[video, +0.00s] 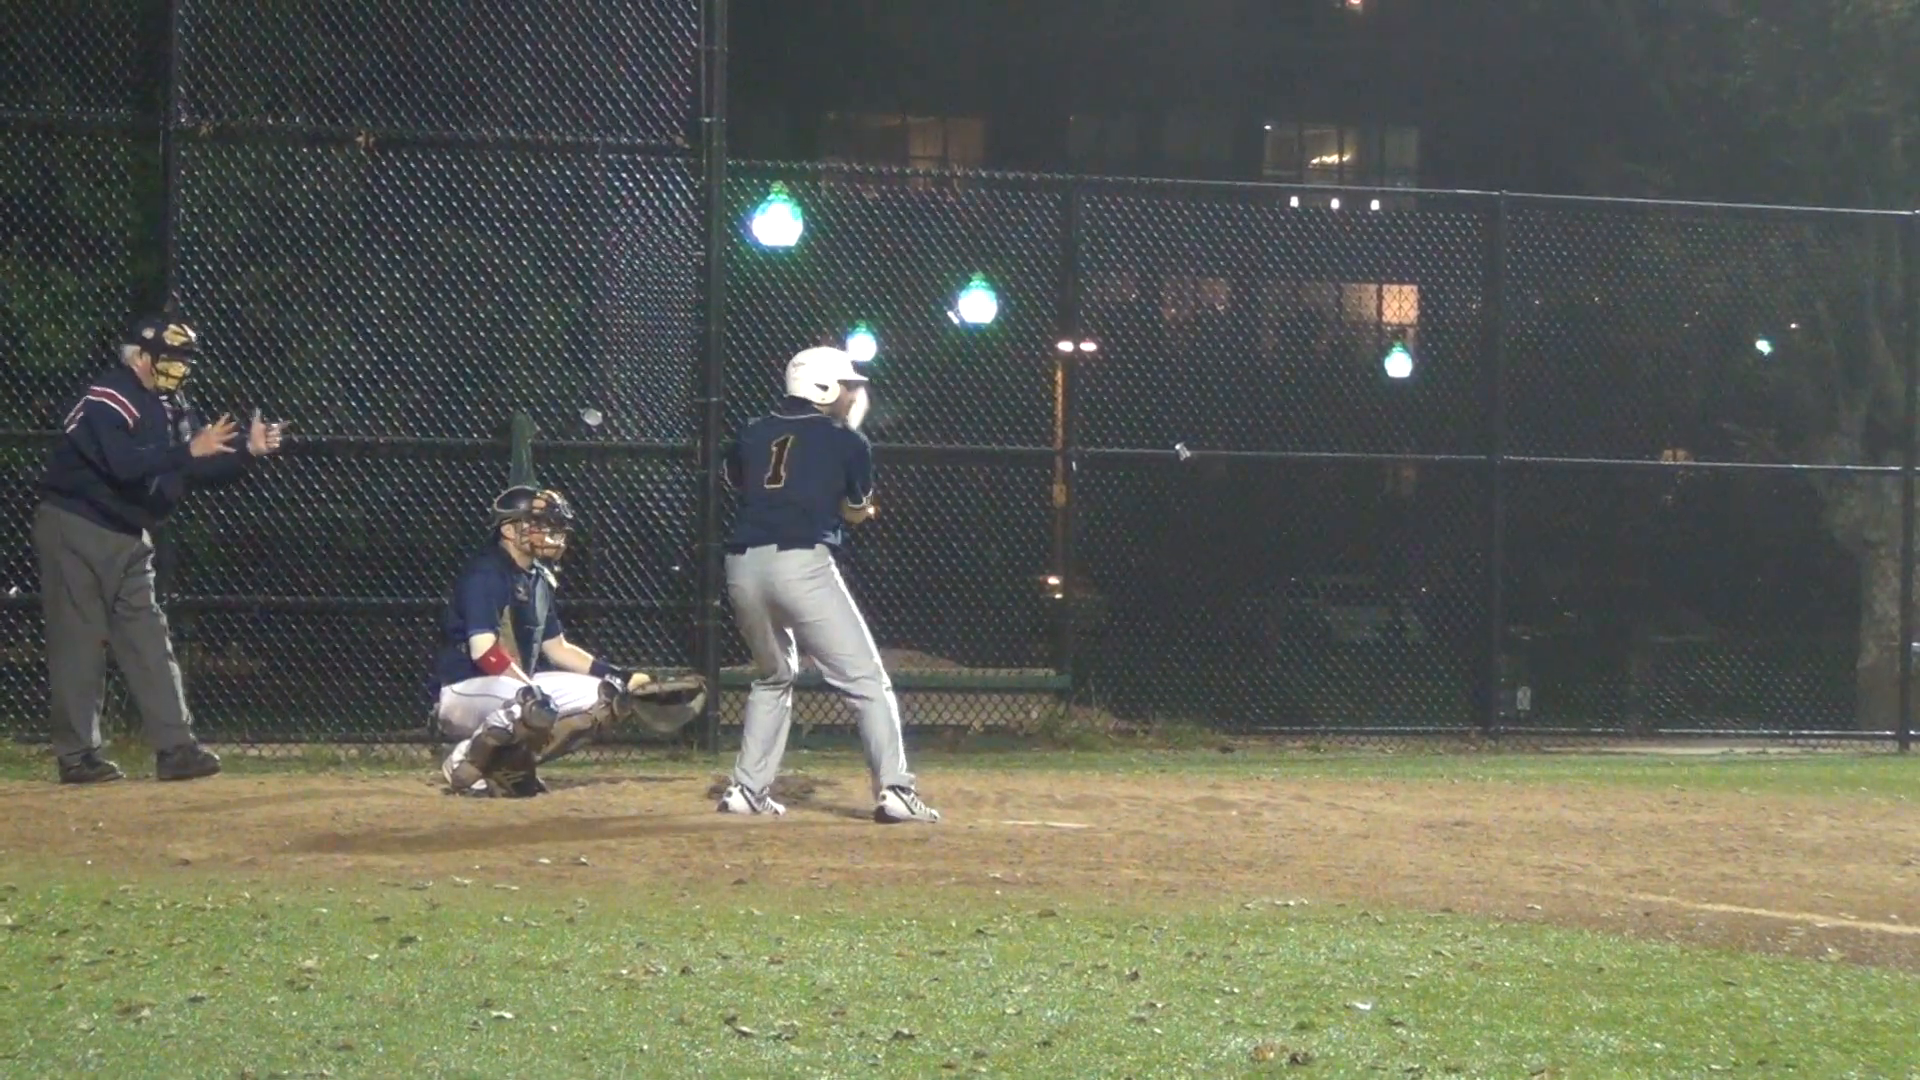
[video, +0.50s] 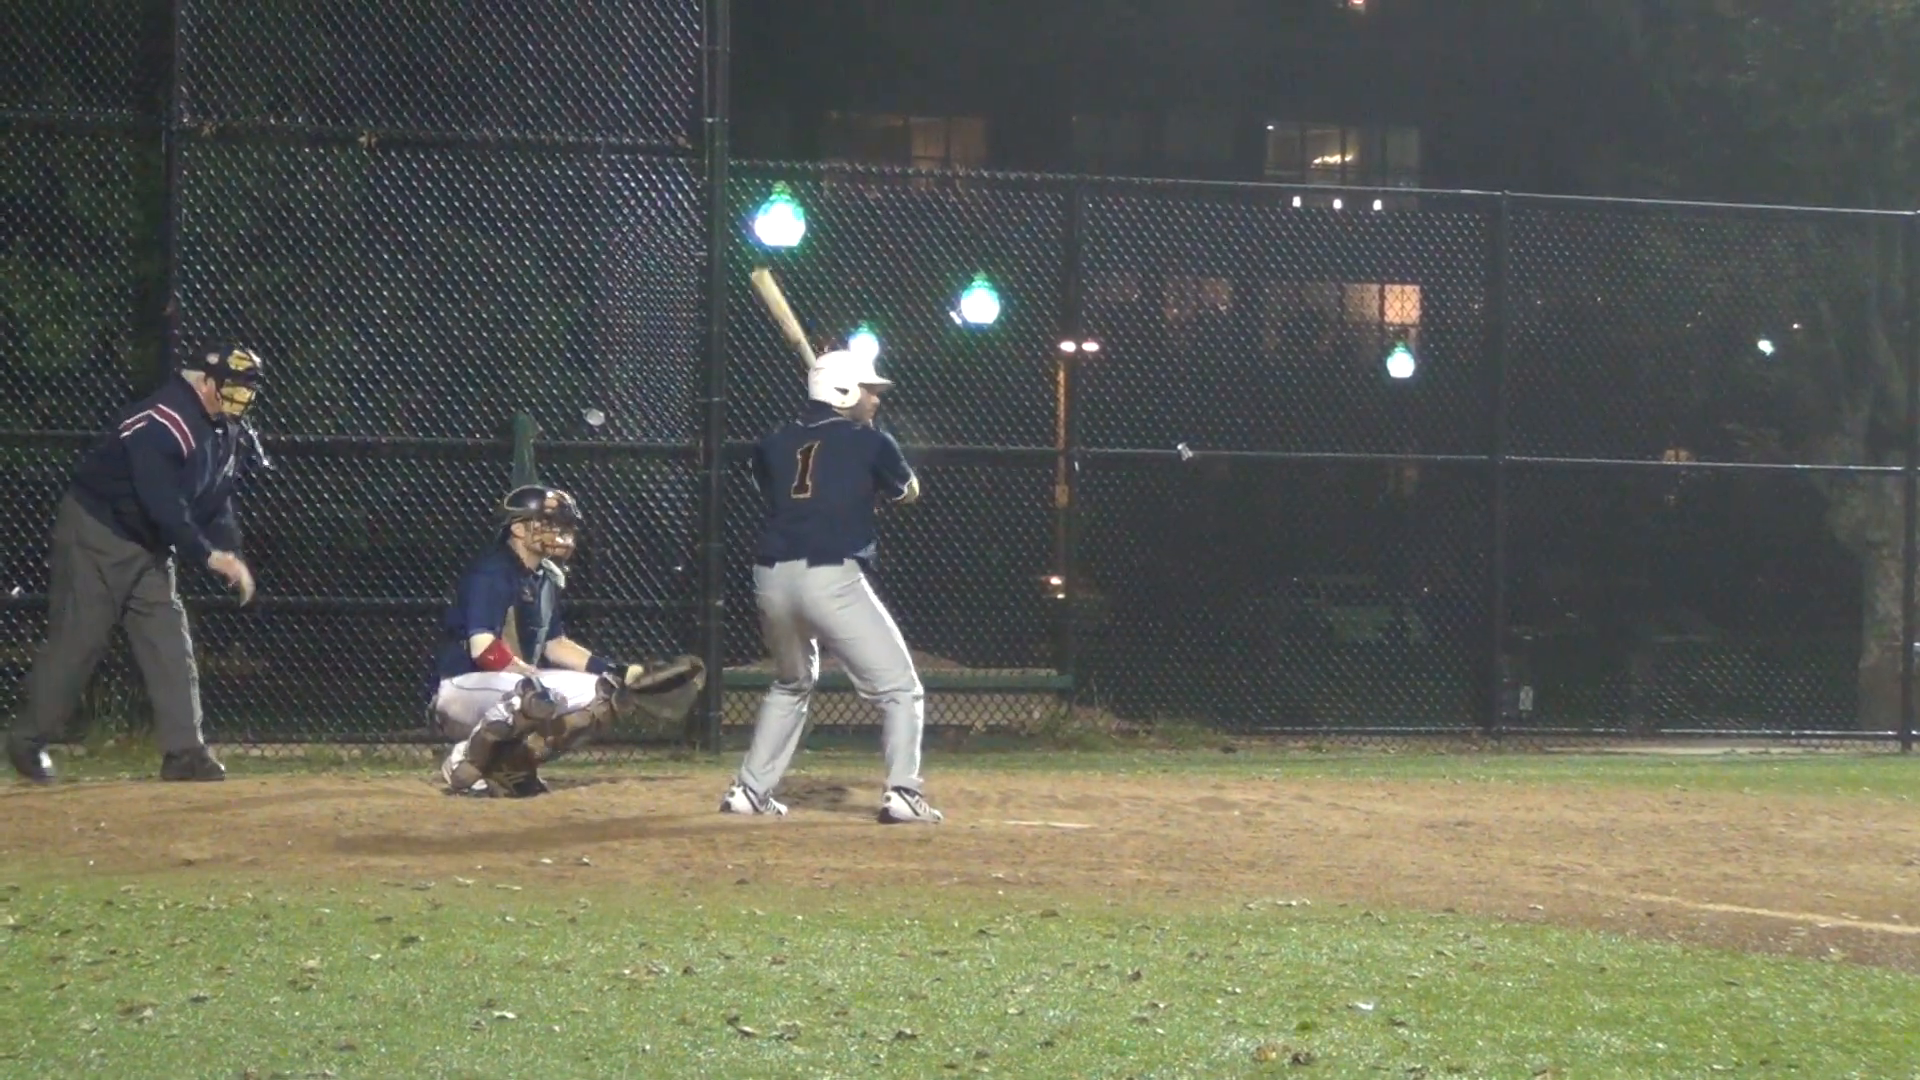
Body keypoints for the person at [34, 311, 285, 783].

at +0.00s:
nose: (175, 368)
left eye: (181, 360)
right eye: (167, 357)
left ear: (184, 362)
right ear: (139, 355)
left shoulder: (171, 410)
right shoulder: (108, 394)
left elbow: (195, 469)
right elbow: (122, 462)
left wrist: (246, 450)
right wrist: (187, 452)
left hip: (128, 537)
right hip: (74, 529)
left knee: (147, 638)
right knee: (78, 639)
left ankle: (176, 748)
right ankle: (79, 756)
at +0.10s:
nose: (191, 372)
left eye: (196, 364)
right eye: (182, 361)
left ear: (198, 367)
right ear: (154, 358)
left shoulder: (187, 414)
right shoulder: (122, 397)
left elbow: (207, 470)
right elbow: (140, 463)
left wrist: (262, 454)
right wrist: (206, 452)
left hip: (137, 539)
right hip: (83, 529)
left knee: (158, 640)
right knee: (84, 640)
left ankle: (182, 750)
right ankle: (79, 755)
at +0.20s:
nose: (208, 379)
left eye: (214, 371)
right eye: (200, 369)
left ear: (216, 372)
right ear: (176, 363)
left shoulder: (189, 414)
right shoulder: (141, 399)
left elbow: (208, 479)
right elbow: (150, 467)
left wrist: (270, 467)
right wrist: (219, 463)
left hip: (144, 540)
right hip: (91, 529)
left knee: (165, 641)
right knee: (90, 640)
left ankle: (183, 751)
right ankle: (79, 754)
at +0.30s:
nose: (225, 380)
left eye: (230, 372)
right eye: (218, 370)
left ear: (230, 375)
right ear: (190, 367)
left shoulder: (215, 420)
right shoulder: (153, 406)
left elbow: (225, 474)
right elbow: (159, 480)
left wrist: (274, 492)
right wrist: (226, 490)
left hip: (151, 543)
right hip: (96, 529)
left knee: (167, 638)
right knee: (91, 637)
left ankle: (184, 751)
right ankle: (78, 753)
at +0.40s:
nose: (235, 387)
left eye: (240, 379)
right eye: (228, 377)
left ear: (235, 381)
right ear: (201, 374)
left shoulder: (224, 427)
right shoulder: (156, 415)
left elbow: (223, 493)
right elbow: (161, 492)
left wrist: (260, 528)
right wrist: (221, 523)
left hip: (150, 542)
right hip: (96, 529)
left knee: (169, 641)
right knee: (89, 638)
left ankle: (184, 751)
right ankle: (64, 749)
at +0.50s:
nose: (240, 398)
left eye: (246, 390)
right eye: (233, 387)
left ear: (248, 390)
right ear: (208, 381)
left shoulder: (223, 432)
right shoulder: (166, 419)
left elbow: (217, 503)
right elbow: (162, 499)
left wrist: (228, 555)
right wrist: (206, 554)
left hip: (148, 547)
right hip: (94, 530)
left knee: (169, 645)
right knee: (79, 639)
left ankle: (184, 752)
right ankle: (26, 739)